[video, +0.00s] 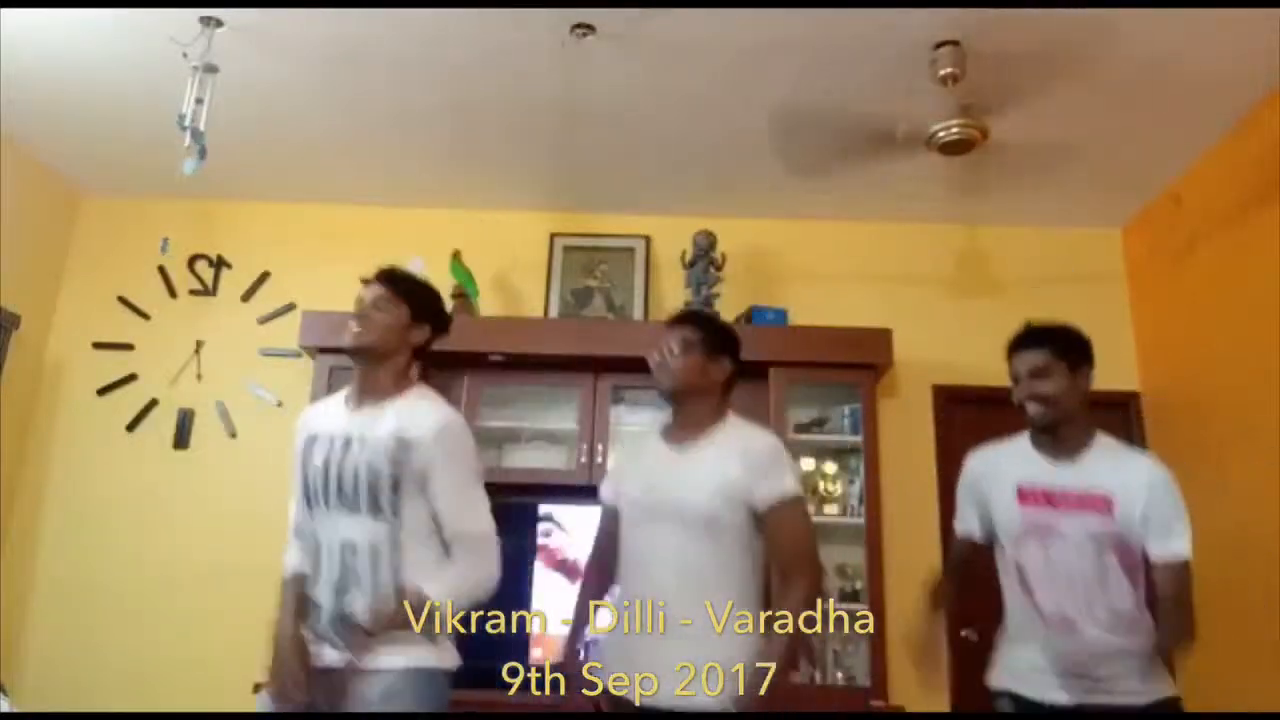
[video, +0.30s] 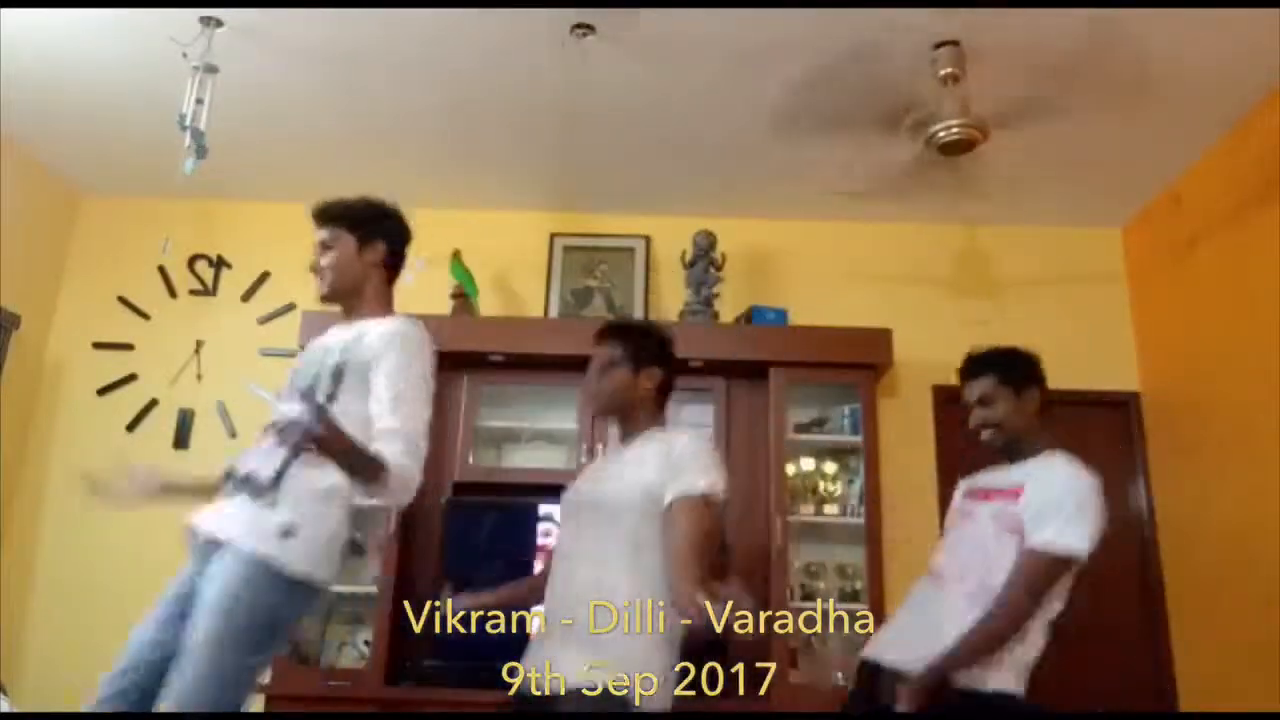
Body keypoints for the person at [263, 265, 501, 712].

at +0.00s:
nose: (357, 314)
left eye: (377, 307)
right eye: (358, 305)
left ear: (418, 333)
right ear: (349, 314)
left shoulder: (437, 426)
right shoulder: (315, 421)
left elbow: (480, 561)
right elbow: (300, 536)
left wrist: (409, 608)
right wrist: (288, 630)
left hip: (400, 666)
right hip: (317, 663)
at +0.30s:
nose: (315, 261)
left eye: (330, 246)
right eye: (317, 249)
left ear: (376, 254)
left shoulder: (400, 339)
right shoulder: (328, 344)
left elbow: (401, 480)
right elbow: (273, 473)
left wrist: (326, 435)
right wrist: (169, 483)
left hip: (276, 556)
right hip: (230, 538)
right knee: (121, 697)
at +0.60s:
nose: (276, 318)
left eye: (297, 308)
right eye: (281, 307)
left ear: (345, 328)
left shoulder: (345, 410)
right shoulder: (285, 415)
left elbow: (338, 537)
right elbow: (248, 537)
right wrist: (171, 522)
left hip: (246, 613)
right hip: (185, 601)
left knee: (157, 700)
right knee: (85, 704)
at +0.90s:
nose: (338, 237)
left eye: (357, 230)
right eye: (332, 226)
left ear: (386, 252)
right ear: (320, 237)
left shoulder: (402, 326)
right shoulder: (275, 322)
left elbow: (434, 447)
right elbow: (229, 430)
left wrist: (349, 398)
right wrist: (157, 401)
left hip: (342, 555)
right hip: (248, 549)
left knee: (320, 705)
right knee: (179, 701)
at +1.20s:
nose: (376, 336)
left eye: (392, 330)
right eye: (362, 324)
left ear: (405, 354)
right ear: (337, 343)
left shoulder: (436, 438)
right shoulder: (281, 431)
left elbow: (503, 554)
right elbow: (234, 542)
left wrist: (480, 562)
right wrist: (236, 565)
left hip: (388, 650)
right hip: (291, 649)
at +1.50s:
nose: (356, 299)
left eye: (373, 287)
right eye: (349, 288)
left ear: (411, 304)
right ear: (340, 299)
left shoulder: (454, 389)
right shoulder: (295, 374)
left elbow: (575, 370)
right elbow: (154, 362)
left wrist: (481, 334)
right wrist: (104, 265)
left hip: (400, 616)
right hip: (297, 609)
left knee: (410, 710)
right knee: (226, 707)